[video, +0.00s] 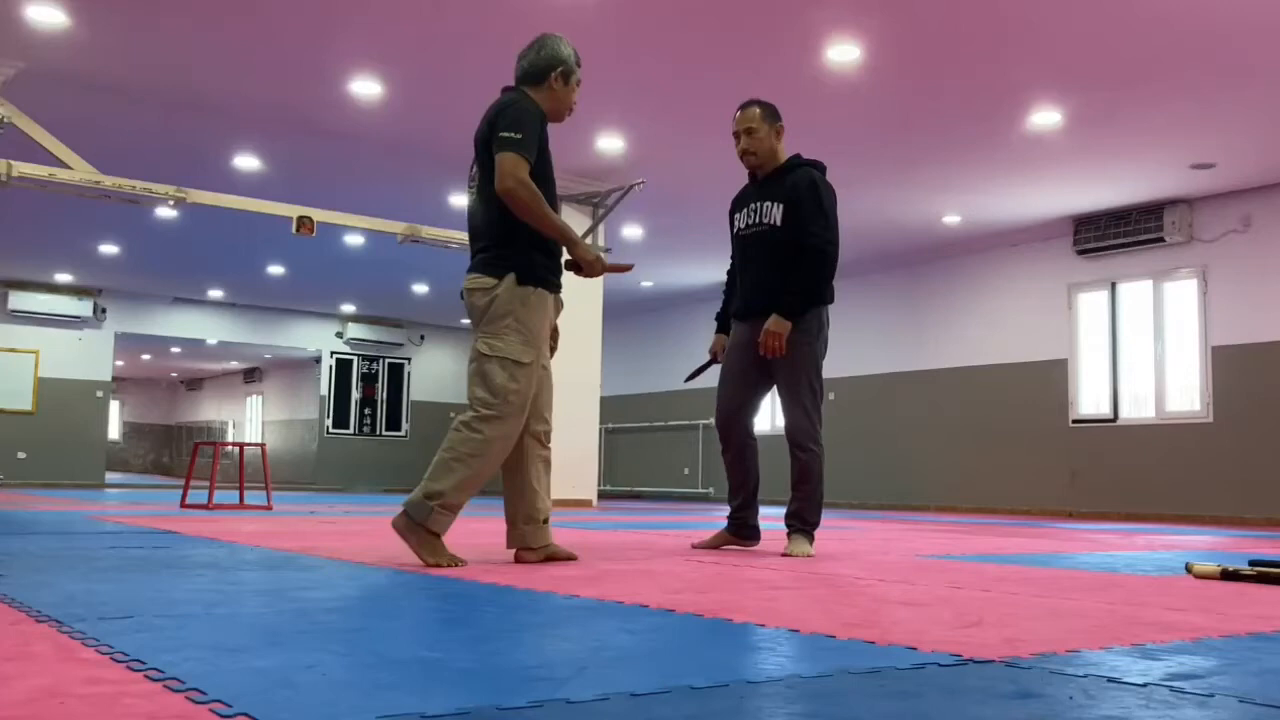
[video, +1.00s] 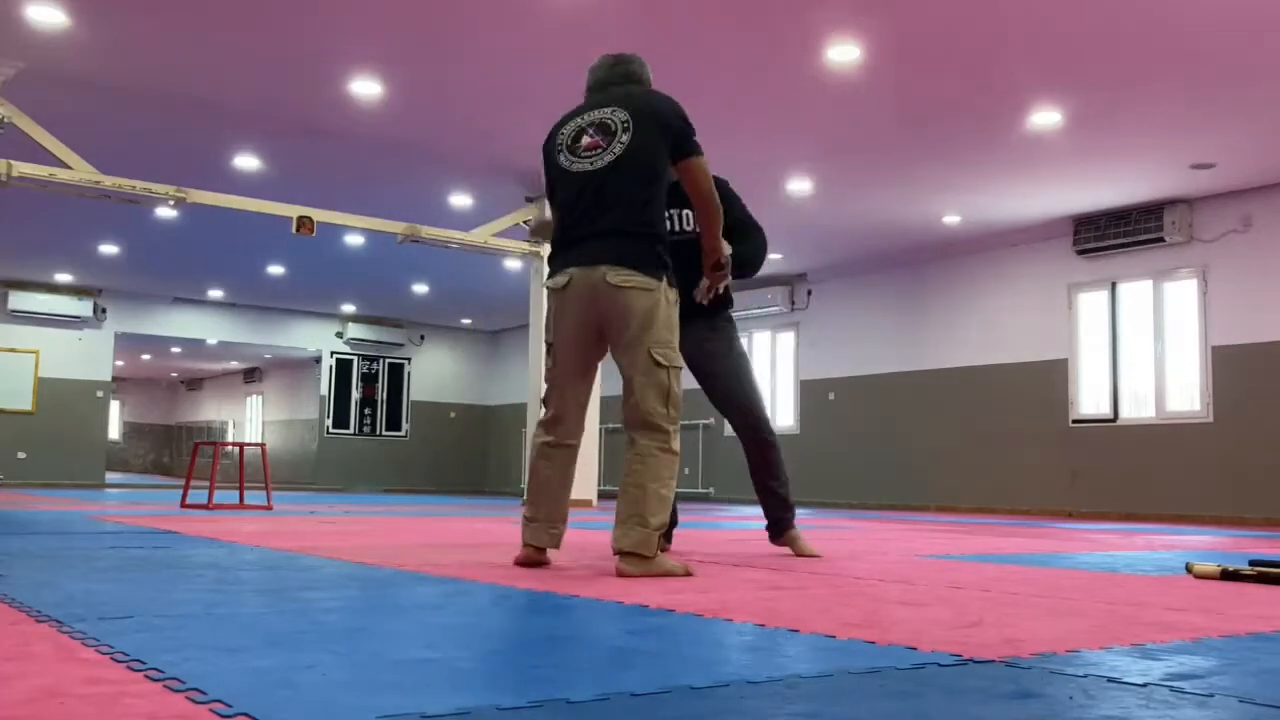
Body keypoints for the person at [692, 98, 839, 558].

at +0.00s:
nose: (742, 143)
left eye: (751, 133)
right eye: (737, 136)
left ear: (778, 133)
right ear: (735, 143)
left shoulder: (808, 182)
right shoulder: (742, 201)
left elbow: (821, 257)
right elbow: (739, 267)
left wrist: (786, 314)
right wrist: (723, 328)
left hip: (801, 321)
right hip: (750, 323)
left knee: (802, 427)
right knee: (731, 419)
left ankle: (801, 530)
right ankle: (742, 525)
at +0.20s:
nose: (731, 146)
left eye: (739, 135)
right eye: (725, 139)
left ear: (766, 135)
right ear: (722, 145)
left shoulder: (795, 182)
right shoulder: (736, 201)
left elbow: (801, 262)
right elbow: (743, 269)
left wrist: (729, 282)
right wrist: (724, 317)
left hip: (792, 323)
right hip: (744, 325)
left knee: (796, 429)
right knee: (715, 419)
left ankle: (800, 530)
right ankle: (707, 526)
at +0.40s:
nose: (696, 150)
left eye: (704, 140)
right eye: (690, 143)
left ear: (730, 138)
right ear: (688, 149)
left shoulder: (762, 177)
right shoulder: (707, 197)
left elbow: (760, 232)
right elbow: (718, 257)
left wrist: (694, 226)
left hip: (765, 326)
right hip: (716, 328)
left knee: (782, 427)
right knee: (685, 424)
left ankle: (801, 529)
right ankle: (666, 529)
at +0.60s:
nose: (654, 154)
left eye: (660, 144)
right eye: (649, 147)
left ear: (682, 144)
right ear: (649, 154)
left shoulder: (711, 172)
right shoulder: (667, 195)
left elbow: (753, 190)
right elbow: (684, 256)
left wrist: (725, 240)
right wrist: (672, 299)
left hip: (726, 319)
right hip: (682, 323)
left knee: (738, 421)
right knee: (654, 422)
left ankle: (818, 515)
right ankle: (664, 532)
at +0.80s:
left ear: (661, 144)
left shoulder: (695, 172)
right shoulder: (623, 190)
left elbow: (755, 211)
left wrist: (745, 261)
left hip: (715, 318)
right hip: (659, 324)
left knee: (755, 419)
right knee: (650, 425)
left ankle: (812, 521)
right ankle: (664, 532)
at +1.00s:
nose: (669, 158)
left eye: (675, 149)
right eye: (661, 151)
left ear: (684, 151)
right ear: (645, 153)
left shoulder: (708, 189)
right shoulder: (630, 197)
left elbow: (753, 243)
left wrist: (723, 269)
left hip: (706, 318)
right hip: (649, 321)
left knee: (753, 422)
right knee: (651, 425)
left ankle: (783, 526)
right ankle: (656, 534)